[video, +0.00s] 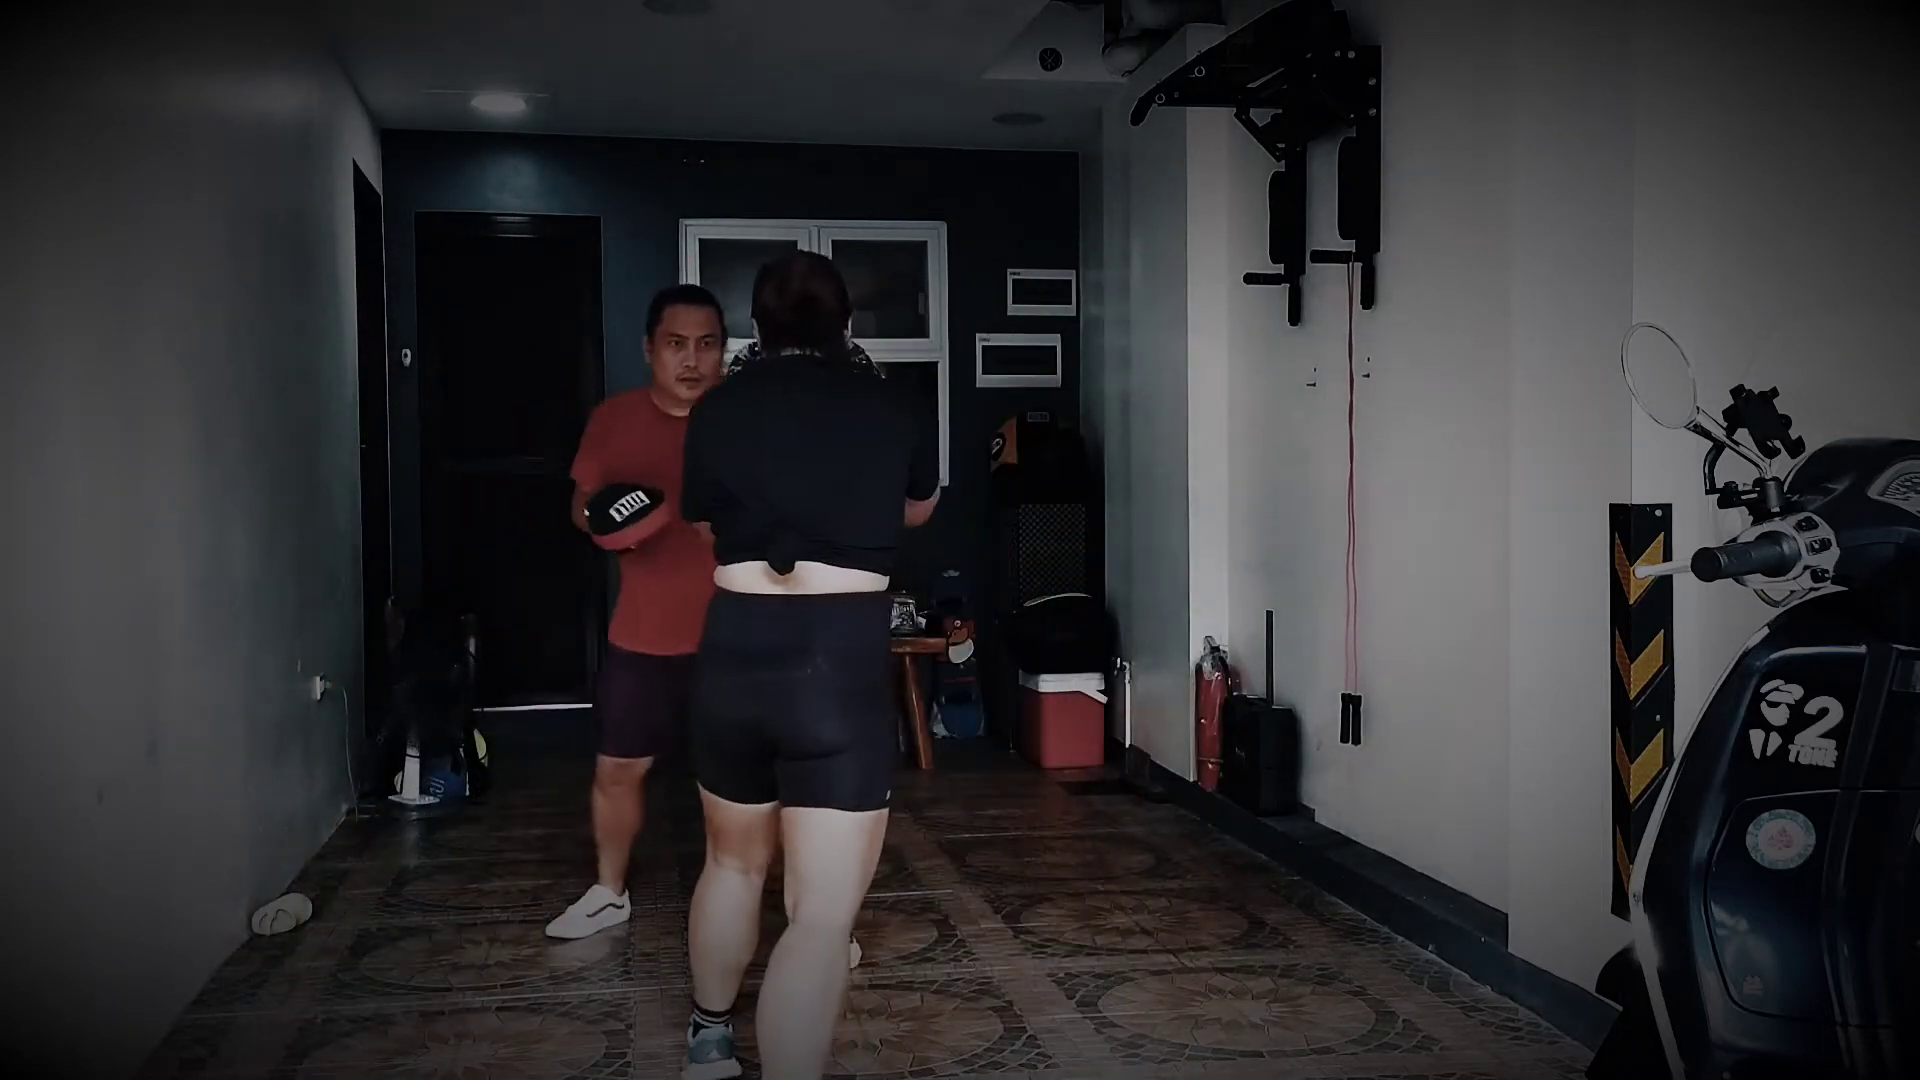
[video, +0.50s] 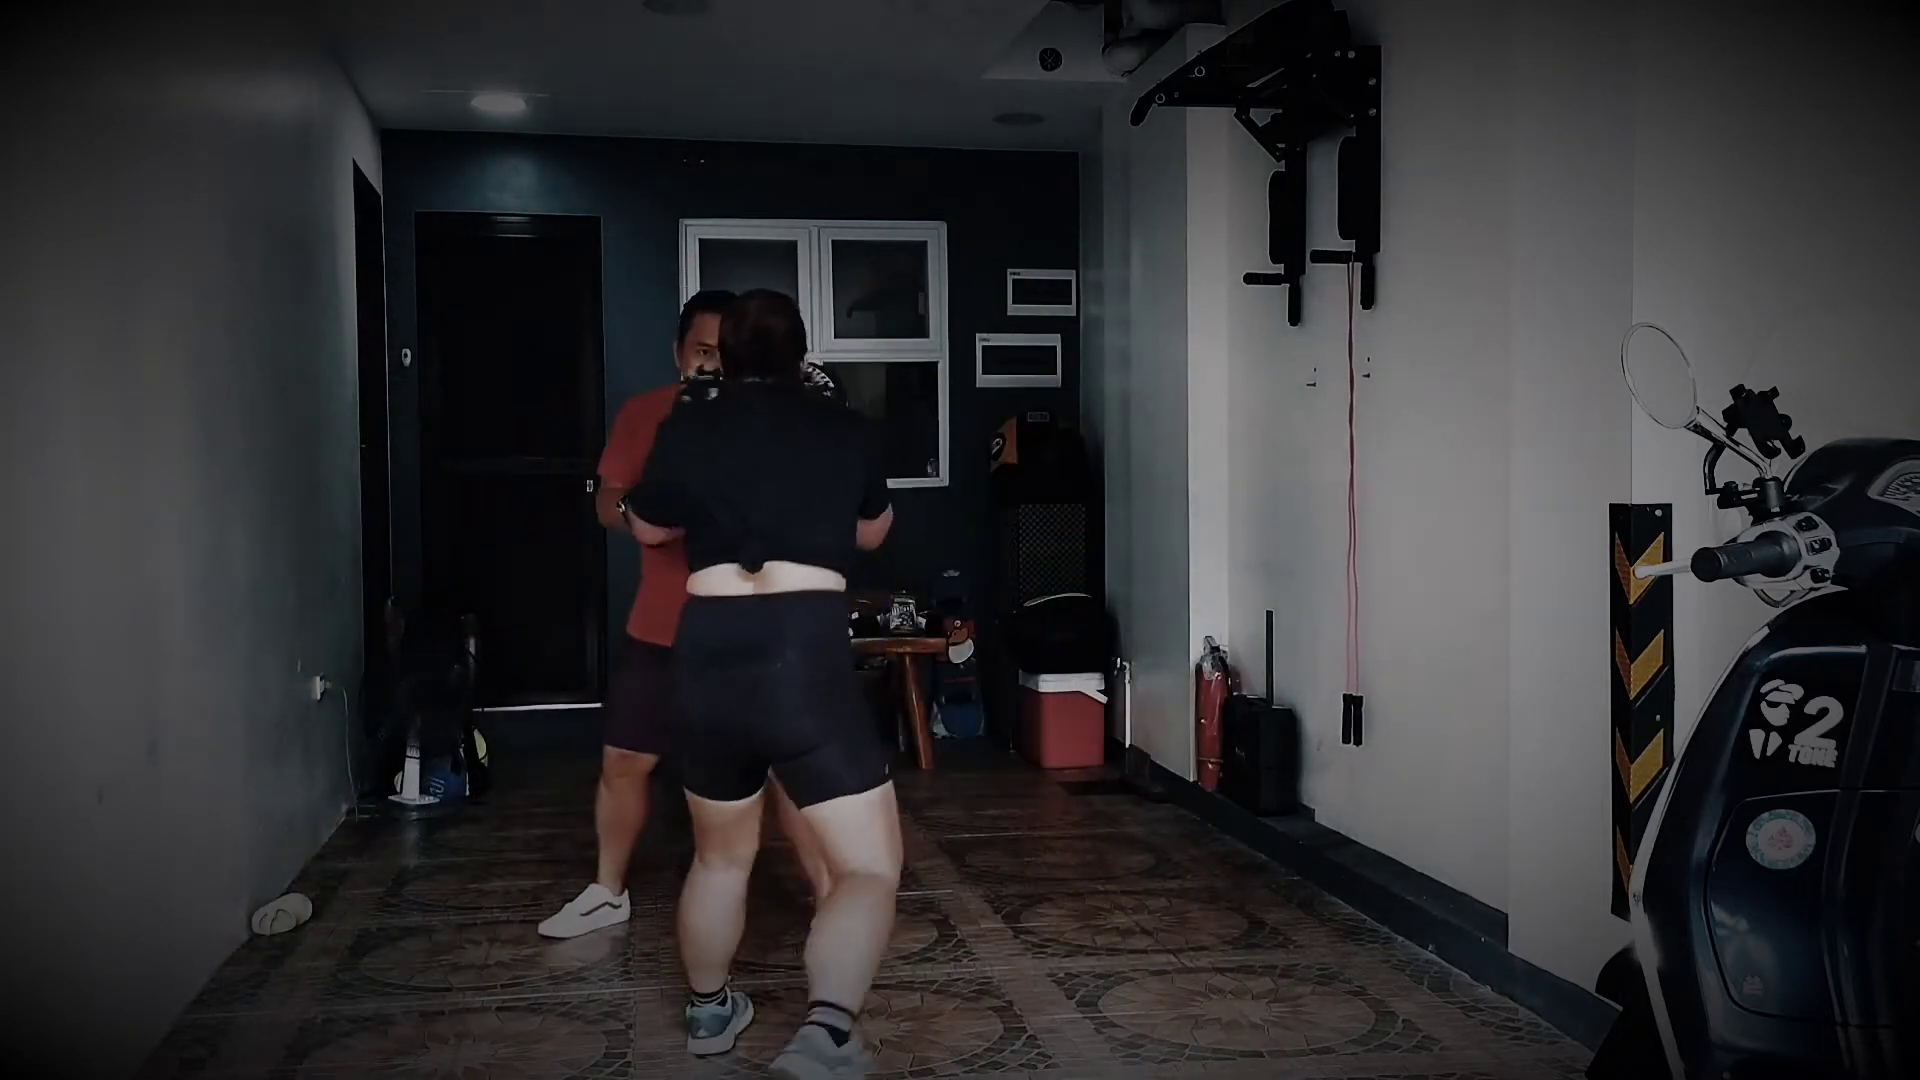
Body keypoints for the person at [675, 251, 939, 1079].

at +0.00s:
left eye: (729, 324)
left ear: (758, 324)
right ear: (845, 321)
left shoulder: (718, 410)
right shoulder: (891, 404)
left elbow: (699, 514)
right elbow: (918, 510)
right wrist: (822, 504)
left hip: (732, 667)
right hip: (843, 674)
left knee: (731, 862)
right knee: (821, 922)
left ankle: (709, 1032)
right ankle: (791, 1074)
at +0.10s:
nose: (726, 340)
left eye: (738, 324)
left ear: (756, 324)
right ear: (842, 322)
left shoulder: (714, 410)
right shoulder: (892, 407)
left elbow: (702, 514)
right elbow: (909, 516)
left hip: (725, 663)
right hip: (836, 672)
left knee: (726, 856)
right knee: (817, 921)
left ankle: (698, 1037)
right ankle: (789, 1077)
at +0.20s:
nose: (722, 344)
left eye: (732, 331)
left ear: (753, 335)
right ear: (837, 334)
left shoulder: (709, 421)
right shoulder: (880, 420)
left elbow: (699, 525)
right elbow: (901, 527)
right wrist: (805, 511)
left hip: (721, 669)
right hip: (827, 677)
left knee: (720, 867)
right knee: (816, 922)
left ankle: (702, 1029)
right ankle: (790, 1071)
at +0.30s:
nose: (719, 357)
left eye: (728, 346)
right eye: (711, 344)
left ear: (746, 352)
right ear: (828, 354)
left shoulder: (704, 434)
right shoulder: (865, 436)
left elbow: (679, 530)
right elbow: (890, 542)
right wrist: (791, 526)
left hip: (715, 668)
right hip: (820, 675)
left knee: (719, 874)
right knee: (817, 922)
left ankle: (707, 1021)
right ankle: (788, 1073)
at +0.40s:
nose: (714, 360)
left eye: (722, 350)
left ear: (733, 360)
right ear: (813, 362)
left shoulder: (692, 439)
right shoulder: (850, 440)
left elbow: (660, 529)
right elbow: (877, 543)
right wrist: (795, 523)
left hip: (705, 671)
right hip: (807, 680)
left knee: (720, 863)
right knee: (833, 908)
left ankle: (708, 1015)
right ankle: (799, 1069)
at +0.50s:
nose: (703, 355)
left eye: (711, 344)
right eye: (705, 342)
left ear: (725, 353)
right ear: (802, 353)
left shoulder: (689, 420)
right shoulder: (847, 427)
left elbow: (650, 524)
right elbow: (871, 533)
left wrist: (727, 499)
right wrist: (791, 513)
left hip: (706, 661)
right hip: (808, 664)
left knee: (719, 853)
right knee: (863, 870)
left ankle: (708, 1009)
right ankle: (828, 1031)